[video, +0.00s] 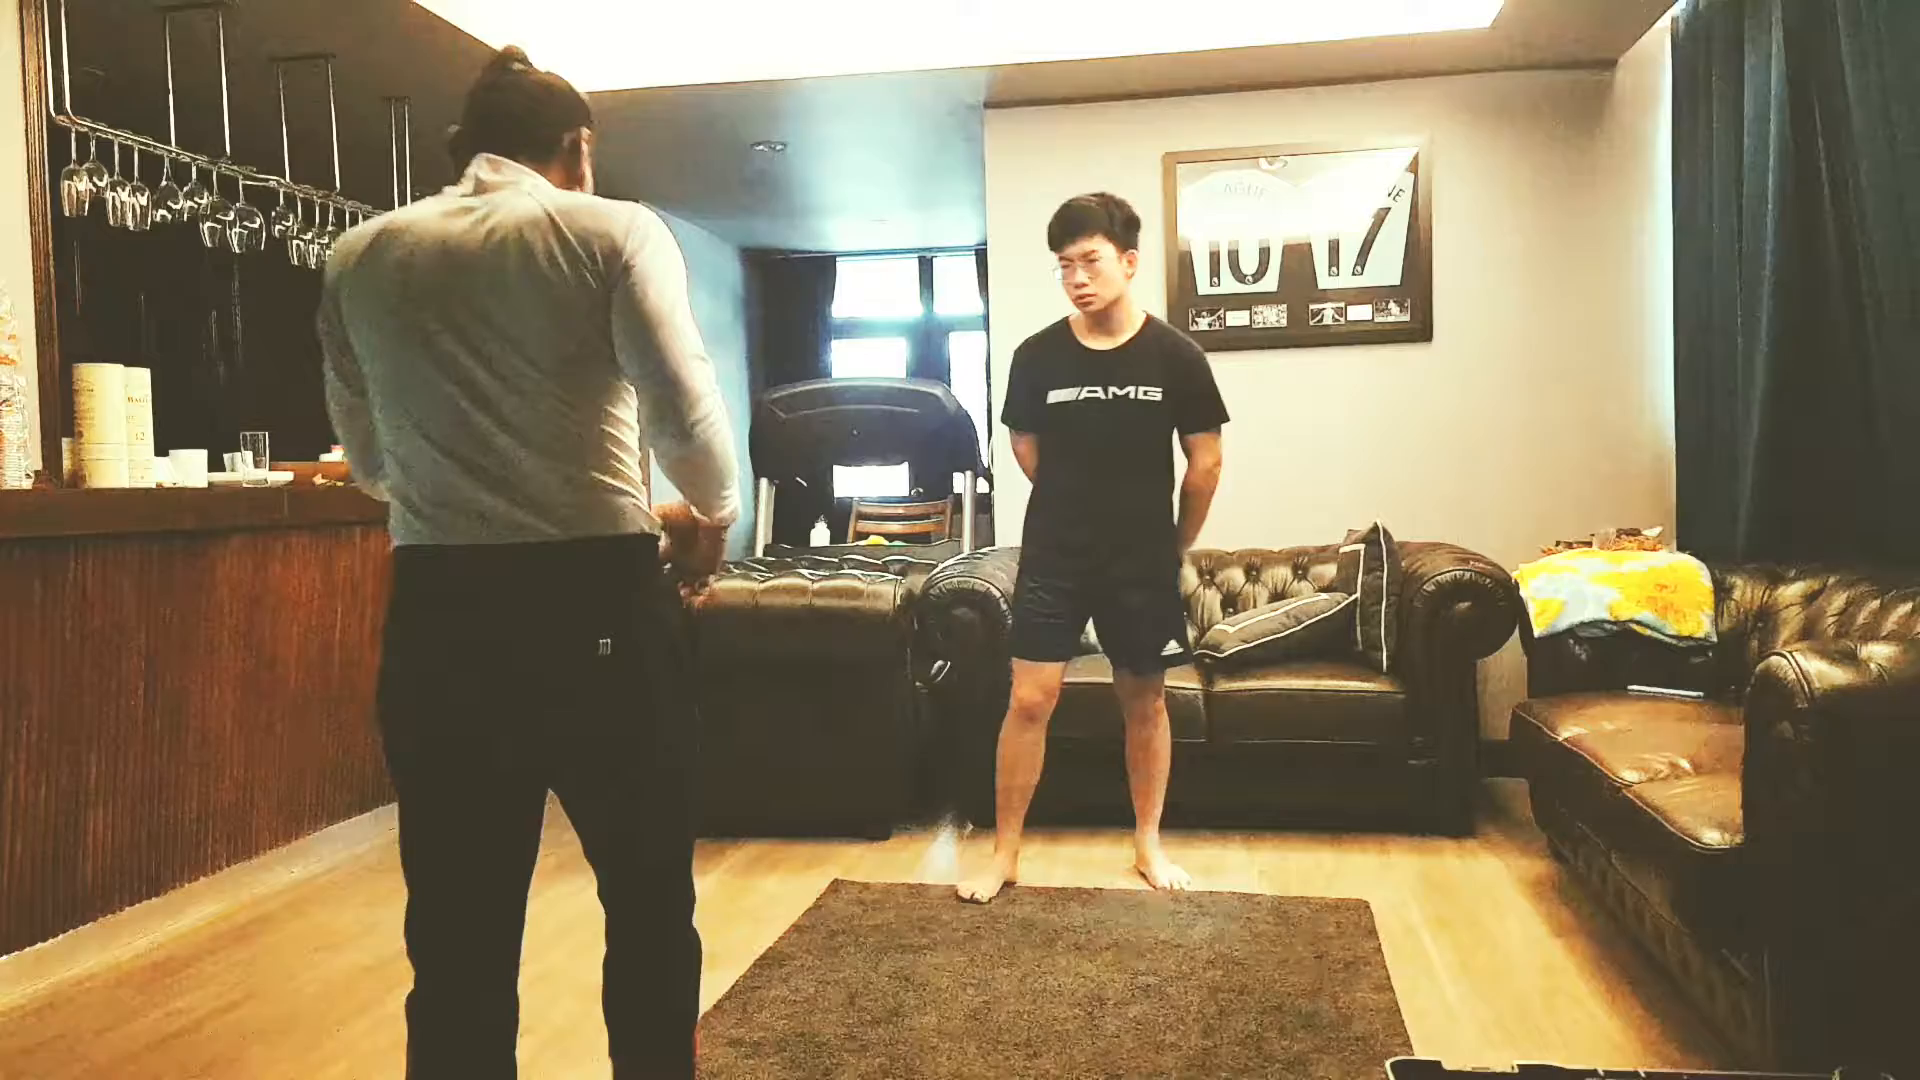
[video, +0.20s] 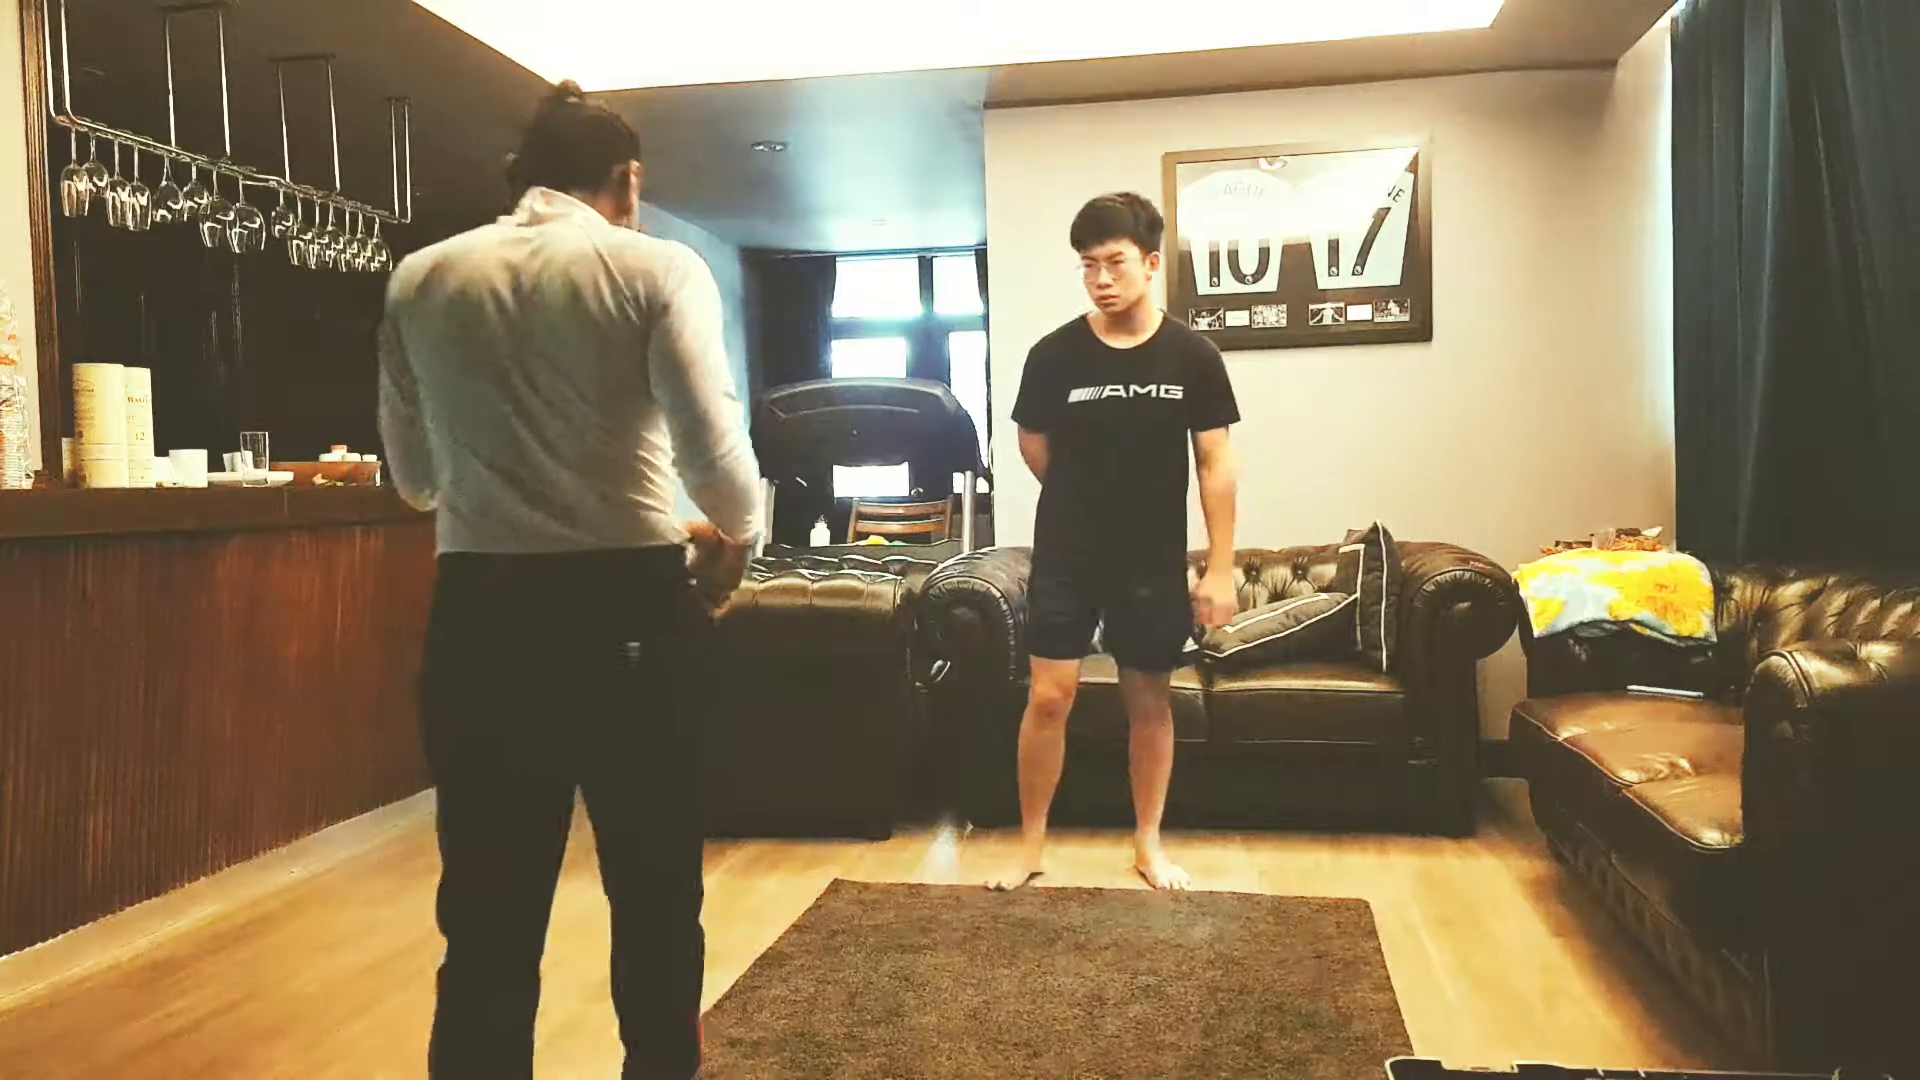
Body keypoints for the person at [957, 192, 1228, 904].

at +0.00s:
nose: (1077, 276)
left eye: (1091, 260)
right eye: (1065, 264)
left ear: (1131, 260)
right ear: (1057, 271)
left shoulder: (1177, 356)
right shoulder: (1036, 356)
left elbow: (1204, 465)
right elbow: (1027, 449)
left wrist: (1176, 544)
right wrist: (1074, 499)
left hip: (1140, 559)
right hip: (1052, 557)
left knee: (1145, 702)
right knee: (1028, 701)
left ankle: (1149, 848)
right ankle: (1004, 856)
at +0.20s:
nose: (1101, 277)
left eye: (1115, 262)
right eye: (1090, 264)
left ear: (1152, 264)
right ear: (1079, 269)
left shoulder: (1192, 357)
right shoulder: (1052, 356)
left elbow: (1217, 465)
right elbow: (1033, 447)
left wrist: (1220, 567)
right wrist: (1089, 488)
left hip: (1151, 558)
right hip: (1065, 555)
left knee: (1149, 702)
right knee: (1048, 698)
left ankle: (1148, 842)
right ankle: (1030, 846)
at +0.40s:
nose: (1105, 272)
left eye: (1121, 257)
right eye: (1094, 259)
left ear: (1156, 261)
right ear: (1083, 266)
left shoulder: (1195, 357)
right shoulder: (1055, 353)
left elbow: (1225, 454)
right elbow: (1037, 446)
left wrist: (1237, 550)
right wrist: (1087, 489)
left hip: (1153, 556)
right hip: (1069, 554)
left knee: (1152, 704)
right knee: (1058, 700)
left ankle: (1148, 842)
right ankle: (1061, 840)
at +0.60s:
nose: (1083, 269)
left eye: (1098, 254)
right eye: (1073, 257)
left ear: (1137, 259)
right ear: (1064, 266)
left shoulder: (1178, 354)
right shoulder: (1044, 355)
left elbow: (1207, 457)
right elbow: (1036, 450)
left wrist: (1211, 552)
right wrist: (1089, 488)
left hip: (1143, 554)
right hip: (1062, 554)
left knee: (1146, 704)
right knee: (1059, 697)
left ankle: (1148, 843)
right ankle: (1072, 836)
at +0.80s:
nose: (1050, 271)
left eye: (1064, 255)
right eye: (1041, 260)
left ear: (1105, 259)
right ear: (1036, 270)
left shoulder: (1149, 352)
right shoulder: (1025, 359)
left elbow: (1167, 463)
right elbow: (1028, 454)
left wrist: (1152, 562)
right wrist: (1086, 487)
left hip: (1122, 551)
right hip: (1047, 552)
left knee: (1130, 702)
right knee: (1051, 693)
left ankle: (1147, 844)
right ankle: (1071, 842)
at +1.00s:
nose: (1022, 277)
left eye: (1037, 263)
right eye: (1014, 266)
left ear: (1077, 267)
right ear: (1008, 274)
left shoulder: (1122, 351)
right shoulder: (1006, 365)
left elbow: (1138, 463)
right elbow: (1017, 462)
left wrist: (1100, 557)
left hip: (1100, 545)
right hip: (1030, 549)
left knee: (1103, 691)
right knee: (1047, 691)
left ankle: (1148, 824)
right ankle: (1070, 839)